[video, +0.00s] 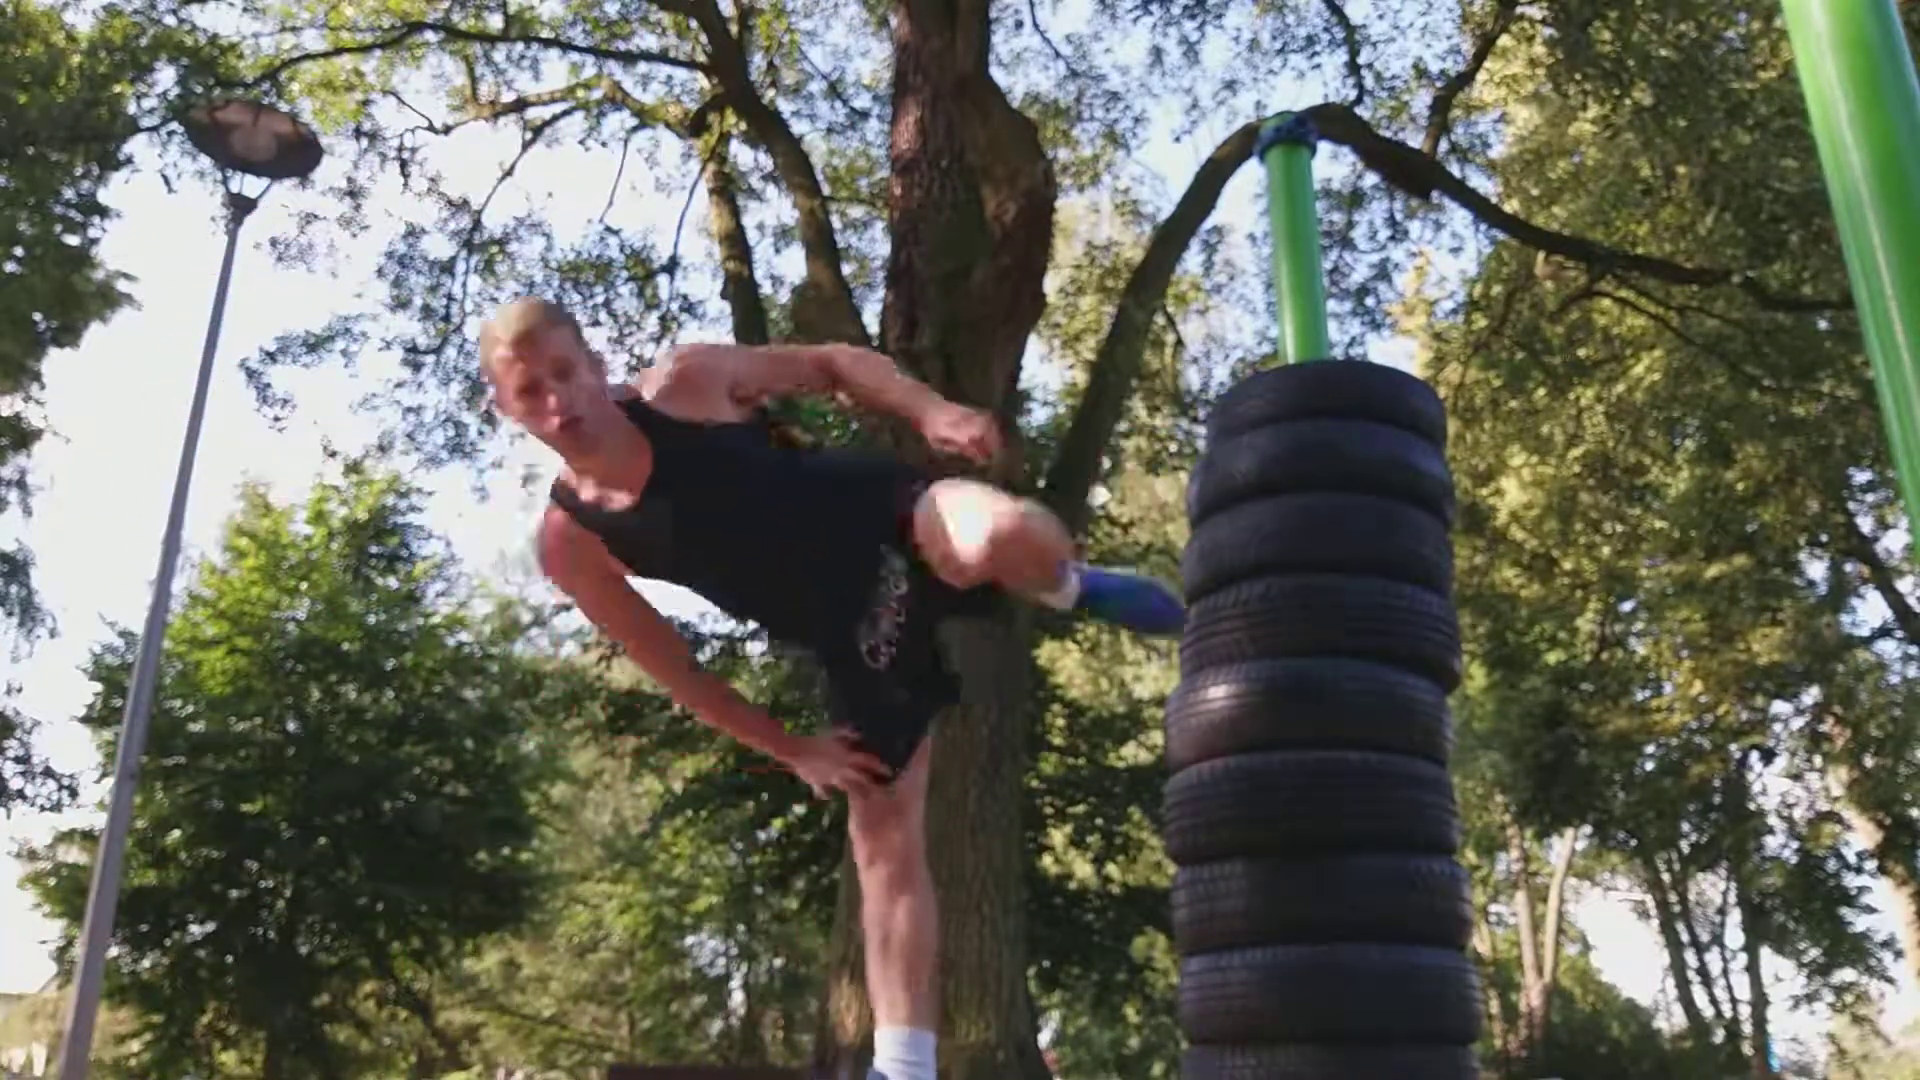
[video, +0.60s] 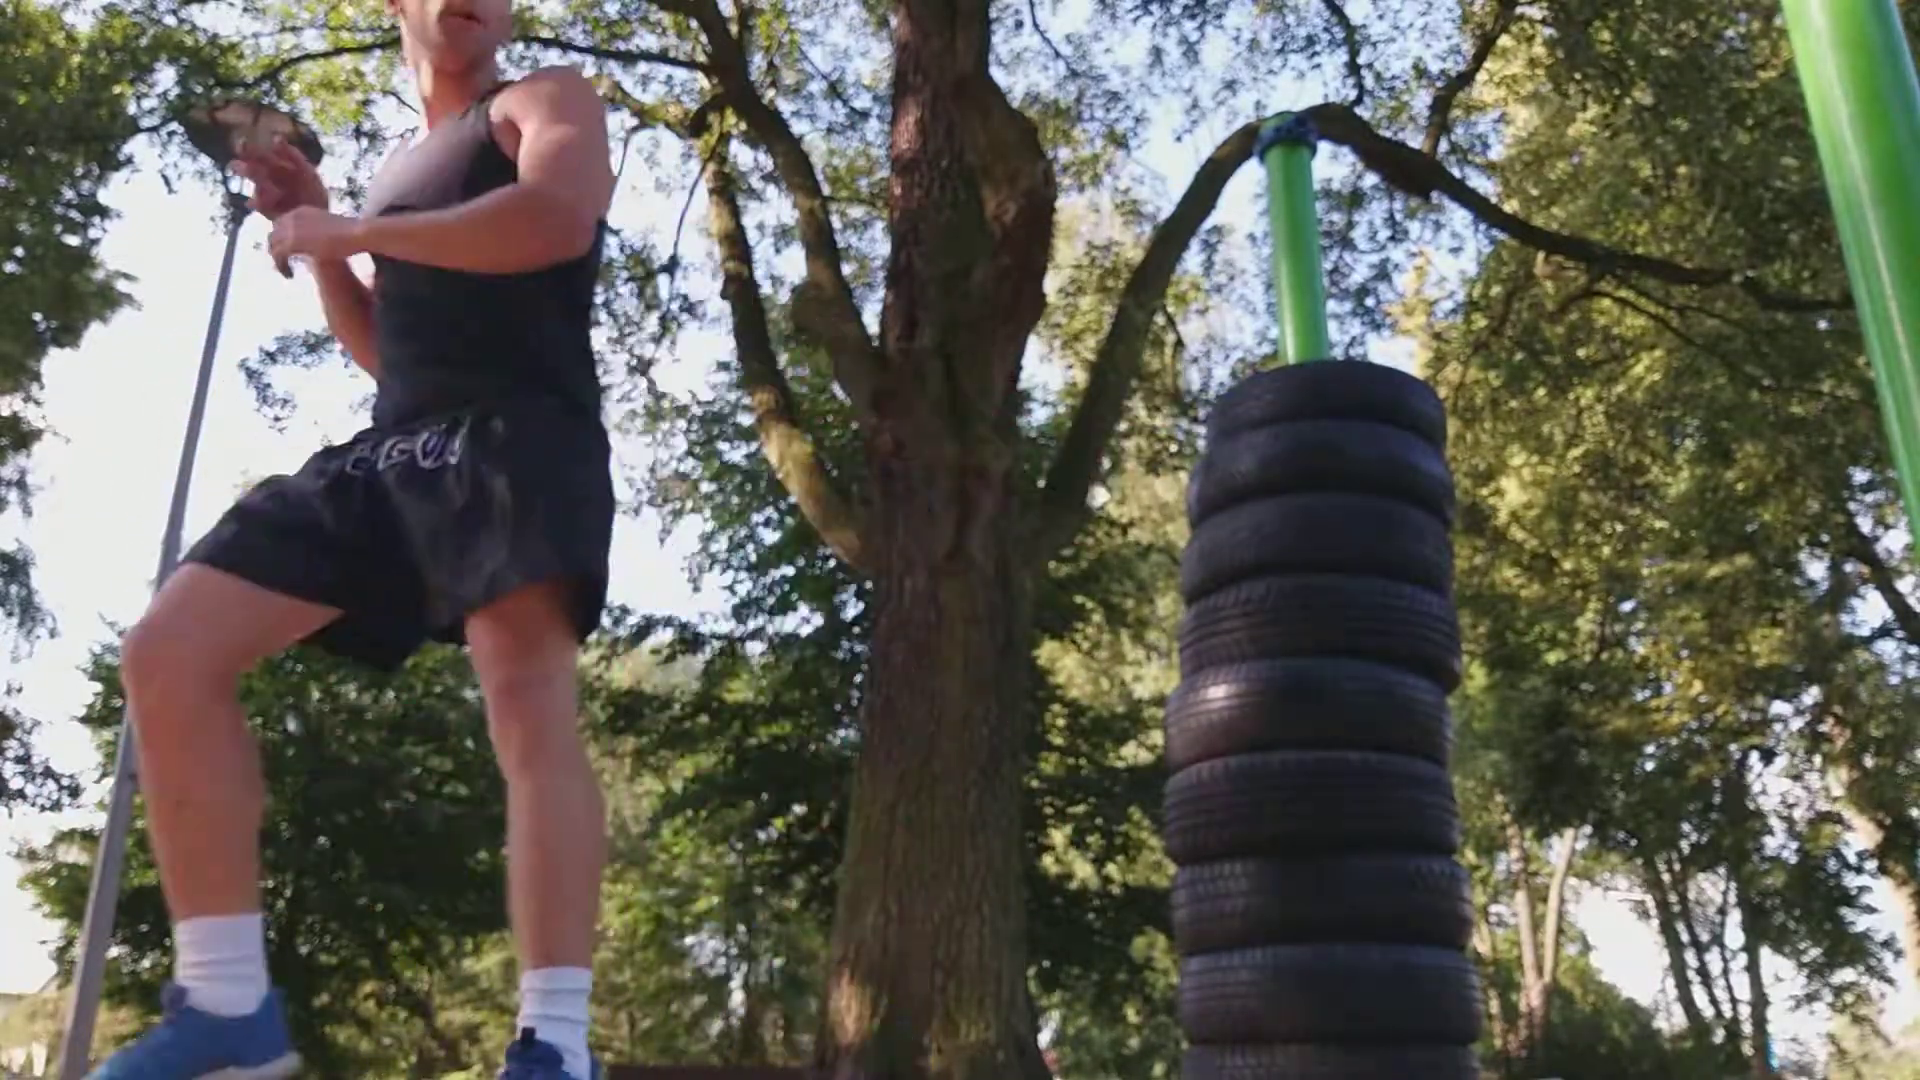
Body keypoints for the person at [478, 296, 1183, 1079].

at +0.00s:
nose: (555, 403)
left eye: (561, 374)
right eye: (529, 396)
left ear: (594, 360)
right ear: (508, 415)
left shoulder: (686, 379)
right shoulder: (569, 541)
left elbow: (831, 366)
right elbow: (677, 669)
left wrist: (933, 413)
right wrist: (792, 750)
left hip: (902, 514)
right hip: (852, 631)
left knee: (996, 534)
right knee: (881, 840)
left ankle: (1079, 586)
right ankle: (907, 1064)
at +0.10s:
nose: (551, 291)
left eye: (565, 267)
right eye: (528, 279)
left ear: (606, 268)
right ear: (512, 302)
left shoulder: (698, 312)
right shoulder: (552, 446)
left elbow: (861, 346)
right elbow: (601, 587)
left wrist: (851, 396)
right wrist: (670, 687)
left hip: (848, 503)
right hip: (780, 601)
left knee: (842, 590)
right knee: (849, 836)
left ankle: (1022, 821)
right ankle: (900, 1069)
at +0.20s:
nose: (549, 223)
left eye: (567, 202)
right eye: (528, 210)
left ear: (614, 210)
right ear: (514, 238)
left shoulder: (695, 280)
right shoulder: (548, 382)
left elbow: (842, 375)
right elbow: (528, 531)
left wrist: (719, 401)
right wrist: (459, 585)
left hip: (792, 516)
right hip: (714, 585)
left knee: (787, 691)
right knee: (811, 815)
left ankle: (762, 982)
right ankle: (897, 1066)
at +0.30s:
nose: (542, 171)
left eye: (566, 150)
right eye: (525, 156)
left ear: (616, 166)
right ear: (511, 184)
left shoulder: (680, 251)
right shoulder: (562, 331)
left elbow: (723, 381)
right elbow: (499, 463)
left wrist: (528, 394)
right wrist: (344, 427)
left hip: (724, 547)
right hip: (650, 573)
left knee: (632, 733)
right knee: (727, 839)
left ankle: (565, 1051)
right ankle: (888, 1057)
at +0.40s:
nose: (549, 76)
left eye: (571, 60)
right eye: (527, 61)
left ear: (606, 91)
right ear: (498, 99)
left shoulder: (639, 182)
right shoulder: (520, 252)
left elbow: (597, 316)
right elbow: (508, 390)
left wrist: (412, 313)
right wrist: (404, 329)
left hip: (647, 499)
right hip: (561, 523)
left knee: (568, 701)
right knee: (506, 826)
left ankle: (557, 1056)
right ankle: (763, 968)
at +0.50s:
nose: (524, 17)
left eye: (546, 4)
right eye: (498, 0)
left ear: (570, 31)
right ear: (452, 28)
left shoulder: (595, 118)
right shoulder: (471, 188)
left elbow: (551, 240)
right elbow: (473, 338)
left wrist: (372, 246)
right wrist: (381, 267)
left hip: (577, 454)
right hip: (474, 478)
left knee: (567, 695)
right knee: (313, 730)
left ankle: (563, 1047)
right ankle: (554, 937)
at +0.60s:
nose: (460, 2)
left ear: (507, 12)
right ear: (401, 16)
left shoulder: (549, 92)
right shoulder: (388, 176)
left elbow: (561, 220)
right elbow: (376, 349)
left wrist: (356, 235)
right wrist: (316, 225)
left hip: (512, 437)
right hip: (387, 455)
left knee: (524, 689)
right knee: (169, 651)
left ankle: (554, 1044)